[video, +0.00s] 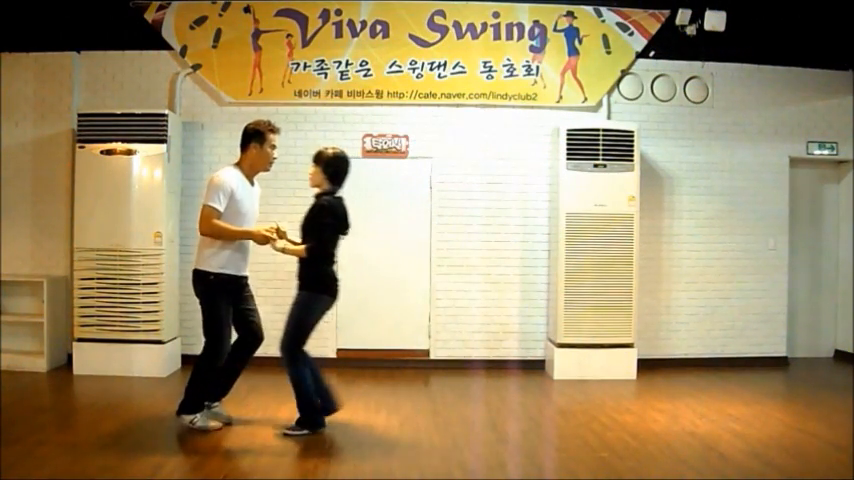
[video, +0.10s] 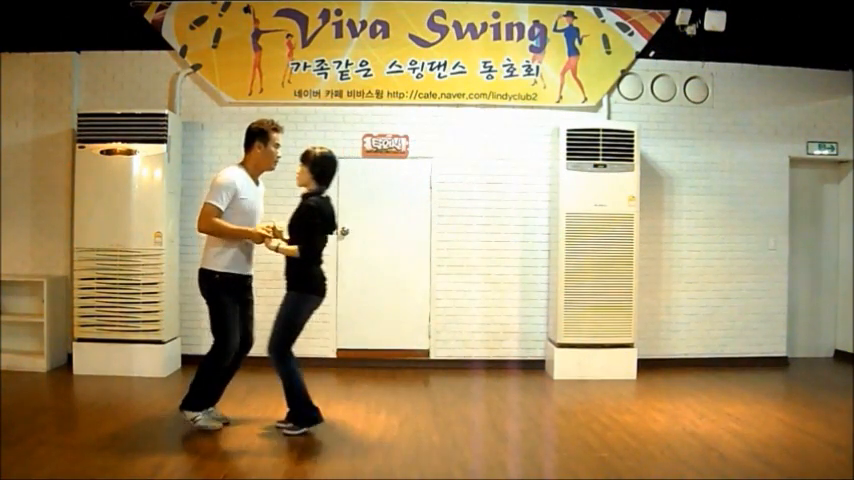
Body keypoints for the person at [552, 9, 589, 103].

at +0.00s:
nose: (567, 20)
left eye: (568, 18)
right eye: (566, 18)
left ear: (572, 19)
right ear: (567, 19)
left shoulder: (568, 29)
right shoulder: (576, 29)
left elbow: (555, 30)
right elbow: (580, 43)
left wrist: (557, 19)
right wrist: (582, 37)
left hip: (573, 54)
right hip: (574, 53)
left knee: (562, 72)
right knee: (574, 75)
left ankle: (559, 95)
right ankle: (584, 95)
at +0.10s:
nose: (567, 20)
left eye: (569, 18)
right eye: (567, 18)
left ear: (572, 19)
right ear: (567, 19)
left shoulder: (568, 29)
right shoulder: (576, 29)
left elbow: (555, 30)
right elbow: (580, 43)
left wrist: (556, 19)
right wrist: (582, 37)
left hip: (572, 54)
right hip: (574, 53)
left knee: (562, 73)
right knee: (574, 75)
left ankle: (559, 95)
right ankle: (584, 96)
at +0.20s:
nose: (567, 20)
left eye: (569, 18)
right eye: (567, 18)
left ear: (572, 19)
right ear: (567, 19)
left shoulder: (568, 29)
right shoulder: (576, 29)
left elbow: (555, 30)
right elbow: (580, 43)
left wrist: (556, 19)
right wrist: (582, 37)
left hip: (573, 54)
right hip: (574, 54)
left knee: (562, 72)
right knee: (574, 75)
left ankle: (559, 95)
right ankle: (584, 96)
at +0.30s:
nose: (567, 20)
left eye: (569, 18)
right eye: (567, 18)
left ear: (572, 19)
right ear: (567, 19)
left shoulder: (568, 29)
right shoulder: (576, 29)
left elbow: (555, 30)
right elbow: (580, 43)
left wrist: (556, 19)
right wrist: (582, 37)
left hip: (573, 54)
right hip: (573, 54)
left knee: (562, 73)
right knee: (574, 75)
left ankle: (559, 95)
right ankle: (584, 96)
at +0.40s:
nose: (567, 20)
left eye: (569, 18)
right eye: (567, 18)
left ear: (572, 19)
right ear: (567, 19)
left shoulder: (568, 29)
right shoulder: (576, 29)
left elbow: (555, 30)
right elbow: (580, 43)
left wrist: (557, 19)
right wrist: (582, 37)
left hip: (573, 54)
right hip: (573, 54)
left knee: (562, 72)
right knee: (574, 75)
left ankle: (559, 95)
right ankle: (584, 96)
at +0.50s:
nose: (567, 20)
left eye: (569, 18)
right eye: (567, 18)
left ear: (572, 18)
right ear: (567, 19)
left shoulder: (568, 29)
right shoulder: (576, 29)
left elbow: (555, 30)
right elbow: (580, 43)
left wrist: (557, 19)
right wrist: (582, 37)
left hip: (573, 54)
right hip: (574, 54)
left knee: (562, 73)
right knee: (574, 75)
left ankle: (559, 95)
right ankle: (584, 96)